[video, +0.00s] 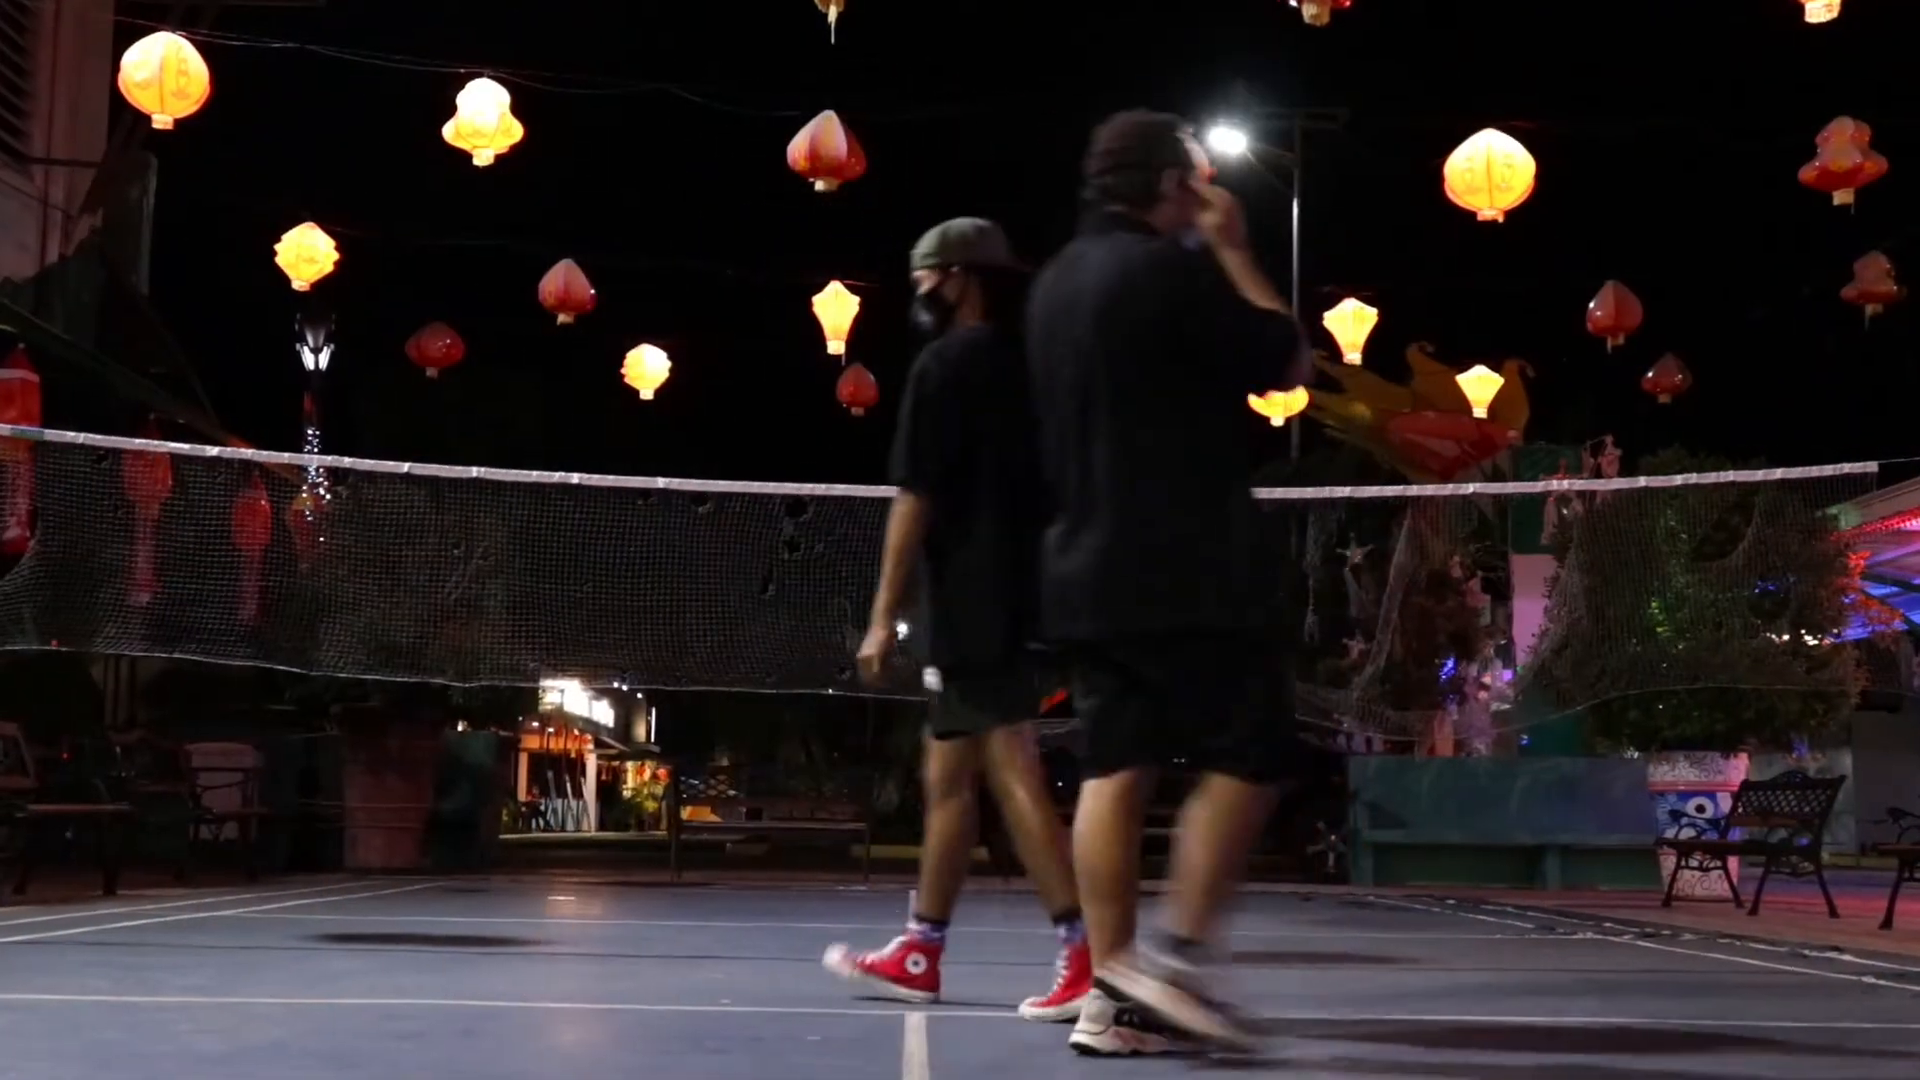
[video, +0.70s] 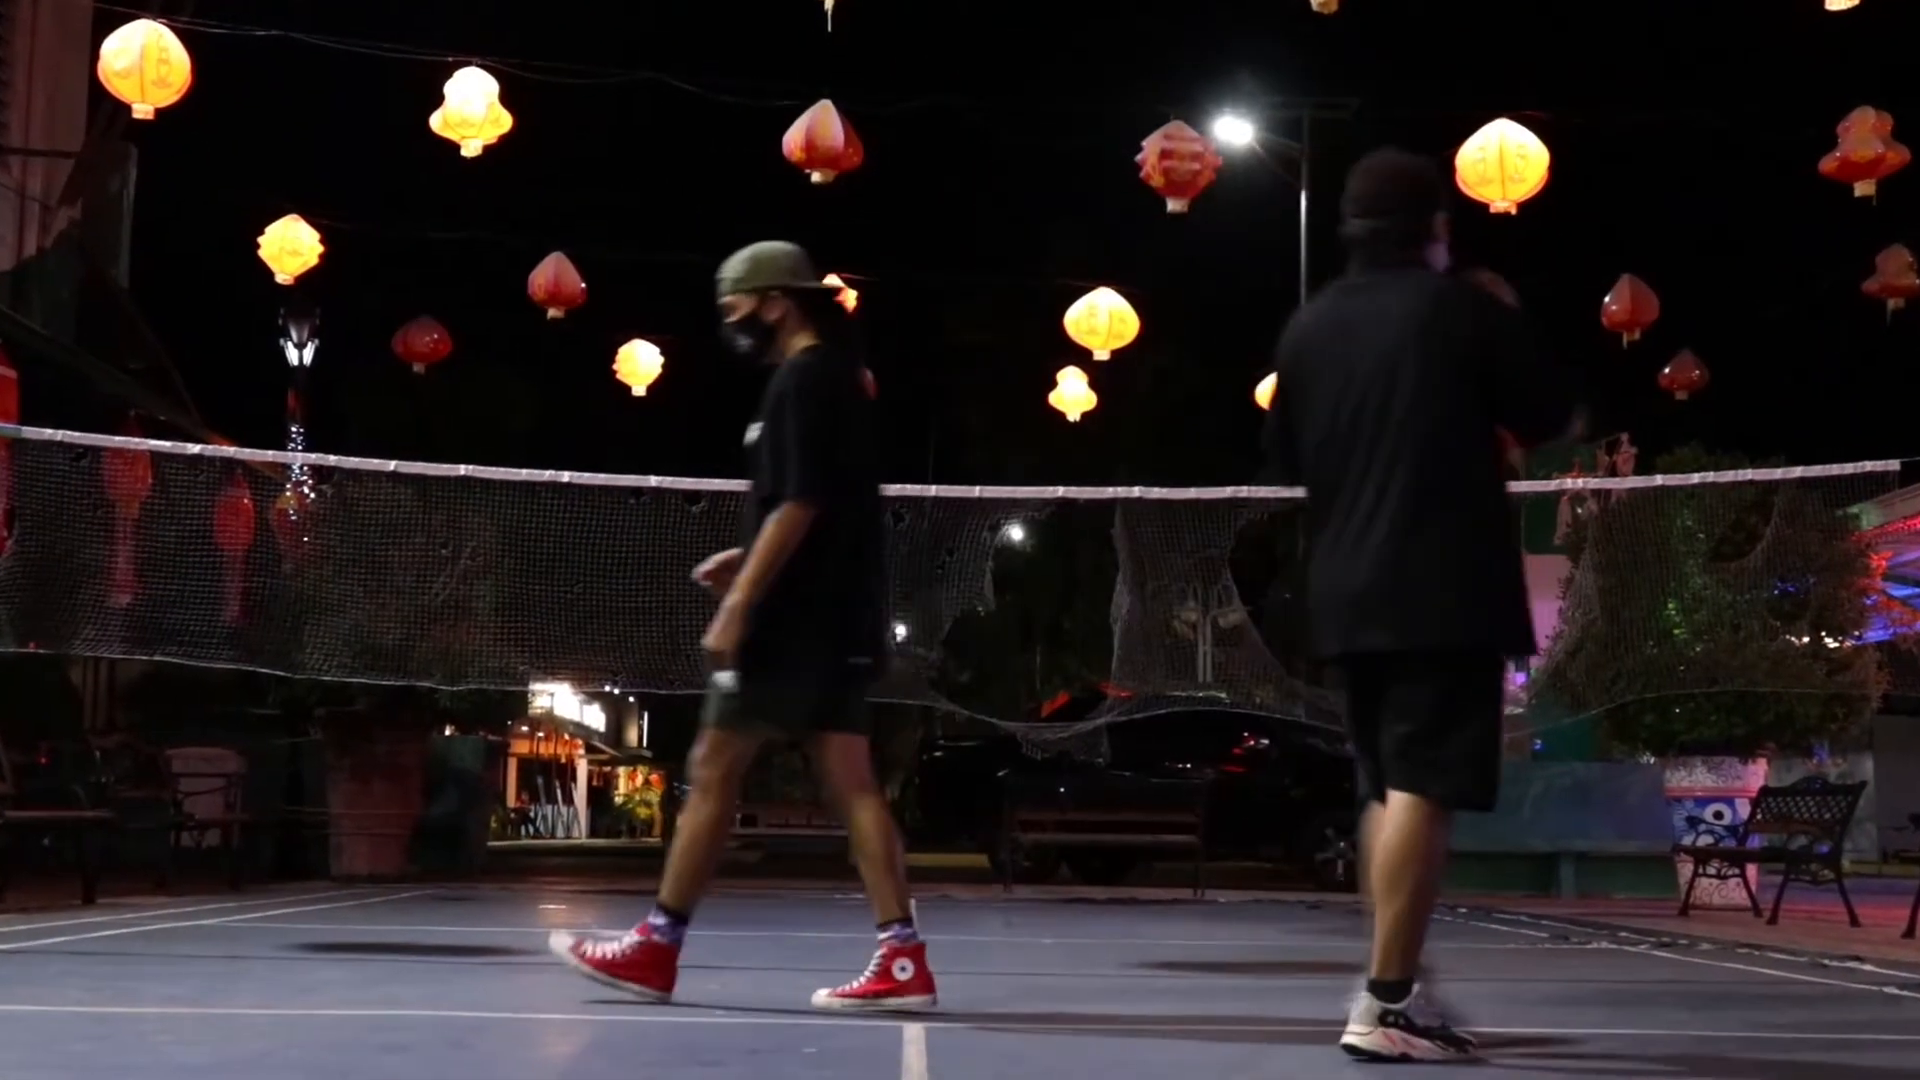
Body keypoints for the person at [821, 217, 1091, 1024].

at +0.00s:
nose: (918, 287)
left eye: (927, 275)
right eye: (918, 275)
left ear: (961, 280)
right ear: (982, 282)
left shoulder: (945, 363)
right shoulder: (1025, 359)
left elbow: (913, 498)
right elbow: (1044, 490)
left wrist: (881, 615)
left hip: (972, 598)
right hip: (1012, 590)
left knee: (1014, 773)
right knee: (947, 772)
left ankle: (1081, 952)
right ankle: (919, 949)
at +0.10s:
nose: (898, 291)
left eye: (906, 279)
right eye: (900, 279)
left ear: (940, 283)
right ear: (968, 282)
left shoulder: (920, 366)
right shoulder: (1012, 365)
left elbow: (891, 497)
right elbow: (1052, 492)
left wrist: (866, 612)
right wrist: (1010, 561)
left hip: (942, 594)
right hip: (992, 590)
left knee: (973, 771)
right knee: (925, 771)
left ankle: (1064, 930)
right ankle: (913, 950)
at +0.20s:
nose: (869, 297)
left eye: (876, 286)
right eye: (869, 286)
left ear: (913, 285)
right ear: (933, 287)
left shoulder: (903, 361)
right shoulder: (984, 360)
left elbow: (877, 482)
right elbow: (1019, 489)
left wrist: (835, 588)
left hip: (906, 588)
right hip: (961, 587)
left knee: (876, 762)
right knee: (905, 765)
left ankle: (1015, 897)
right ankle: (908, 950)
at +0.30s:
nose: (852, 294)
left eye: (859, 283)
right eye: (852, 282)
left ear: (896, 285)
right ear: (919, 285)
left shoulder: (892, 357)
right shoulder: (963, 357)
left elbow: (870, 476)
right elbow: (959, 482)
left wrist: (813, 580)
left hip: (885, 591)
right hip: (939, 592)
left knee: (819, 753)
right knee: (896, 762)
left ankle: (957, 880)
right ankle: (907, 946)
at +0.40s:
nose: (816, 302)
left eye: (824, 288)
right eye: (815, 289)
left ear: (866, 286)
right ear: (879, 291)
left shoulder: (877, 359)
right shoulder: (924, 359)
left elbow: (855, 479)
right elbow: (916, 489)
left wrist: (784, 578)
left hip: (855, 601)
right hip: (908, 603)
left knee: (772, 741)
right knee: (889, 774)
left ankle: (852, 913)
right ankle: (905, 959)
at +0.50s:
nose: (795, 301)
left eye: (803, 288)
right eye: (794, 290)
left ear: (842, 286)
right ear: (853, 290)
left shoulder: (860, 363)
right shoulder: (898, 361)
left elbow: (846, 485)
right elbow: (861, 489)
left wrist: (771, 581)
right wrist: (787, 569)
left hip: (835, 601)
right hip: (892, 603)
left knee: (752, 746)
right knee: (882, 781)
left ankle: (770, 938)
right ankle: (905, 955)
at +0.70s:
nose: (729, 320)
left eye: (736, 306)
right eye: (728, 307)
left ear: (776, 302)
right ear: (783, 305)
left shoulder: (802, 380)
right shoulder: (830, 376)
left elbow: (798, 506)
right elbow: (821, 505)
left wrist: (735, 606)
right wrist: (747, 557)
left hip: (784, 617)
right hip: (837, 617)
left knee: (712, 769)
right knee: (854, 783)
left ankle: (655, 945)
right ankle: (902, 953)